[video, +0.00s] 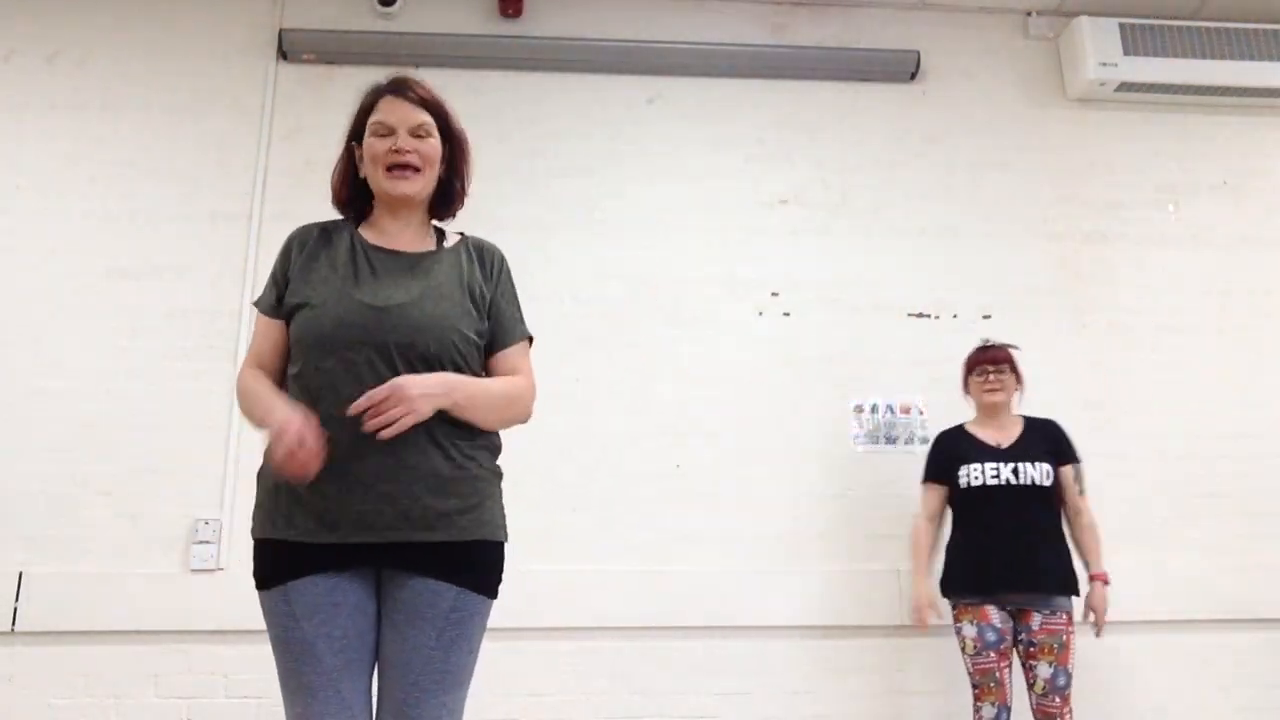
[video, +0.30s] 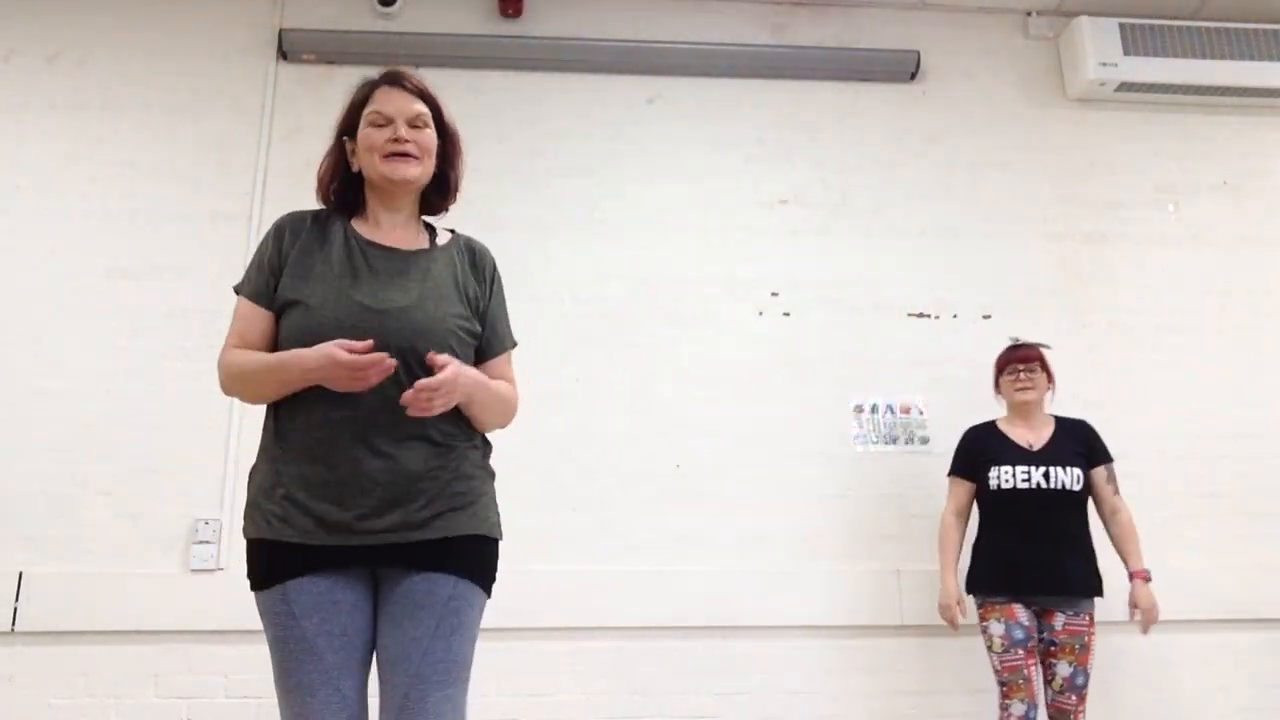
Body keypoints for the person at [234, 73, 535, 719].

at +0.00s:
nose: (403, 144)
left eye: (420, 132)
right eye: (383, 132)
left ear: (446, 156)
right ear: (359, 156)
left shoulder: (480, 264)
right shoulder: (308, 250)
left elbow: (519, 396)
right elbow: (254, 375)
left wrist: (444, 388)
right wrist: (284, 415)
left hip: (448, 534)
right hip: (310, 531)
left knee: (423, 714)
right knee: (324, 713)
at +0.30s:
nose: (402, 134)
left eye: (419, 124)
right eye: (381, 124)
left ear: (439, 150)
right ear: (351, 149)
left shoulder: (471, 262)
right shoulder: (295, 239)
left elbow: (502, 408)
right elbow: (234, 372)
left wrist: (468, 385)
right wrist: (311, 366)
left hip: (442, 522)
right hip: (304, 521)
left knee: (427, 713)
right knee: (319, 713)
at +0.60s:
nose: (418, 131)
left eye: (434, 121)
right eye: (397, 121)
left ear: (455, 147)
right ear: (367, 148)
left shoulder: (489, 257)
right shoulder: (312, 235)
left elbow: (522, 409)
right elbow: (251, 363)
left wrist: (514, 361)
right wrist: (290, 373)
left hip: (462, 529)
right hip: (321, 528)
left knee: (459, 713)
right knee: (332, 714)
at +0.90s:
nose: (466, 125)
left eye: (482, 117)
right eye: (445, 116)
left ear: (504, 146)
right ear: (416, 146)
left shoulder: (541, 254)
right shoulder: (363, 233)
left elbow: (574, 408)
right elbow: (306, 366)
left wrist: (559, 377)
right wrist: (350, 373)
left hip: (506, 521)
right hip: (363, 519)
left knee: (486, 713)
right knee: (359, 712)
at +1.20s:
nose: (498, 123)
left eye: (521, 122)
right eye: (486, 110)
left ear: (538, 161)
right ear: (456, 132)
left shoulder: (561, 256)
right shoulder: (382, 230)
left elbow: (597, 404)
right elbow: (321, 370)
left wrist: (562, 322)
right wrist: (377, 320)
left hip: (521, 523)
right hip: (380, 516)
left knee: (497, 713)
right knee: (357, 712)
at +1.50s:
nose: (483, 124)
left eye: (506, 121)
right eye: (469, 109)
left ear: (523, 156)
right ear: (440, 129)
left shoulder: (543, 254)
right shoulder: (364, 226)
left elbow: (567, 408)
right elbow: (299, 370)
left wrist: (549, 352)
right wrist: (331, 344)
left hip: (499, 524)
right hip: (352, 516)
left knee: (478, 714)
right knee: (344, 712)